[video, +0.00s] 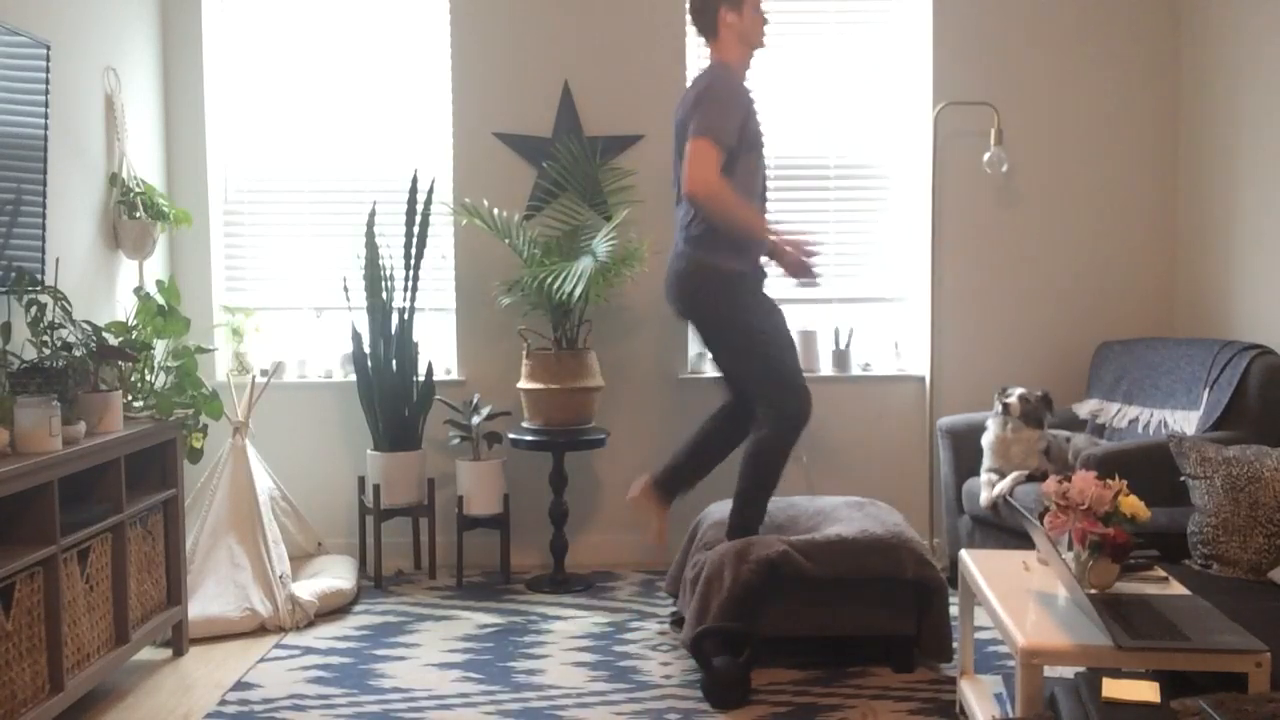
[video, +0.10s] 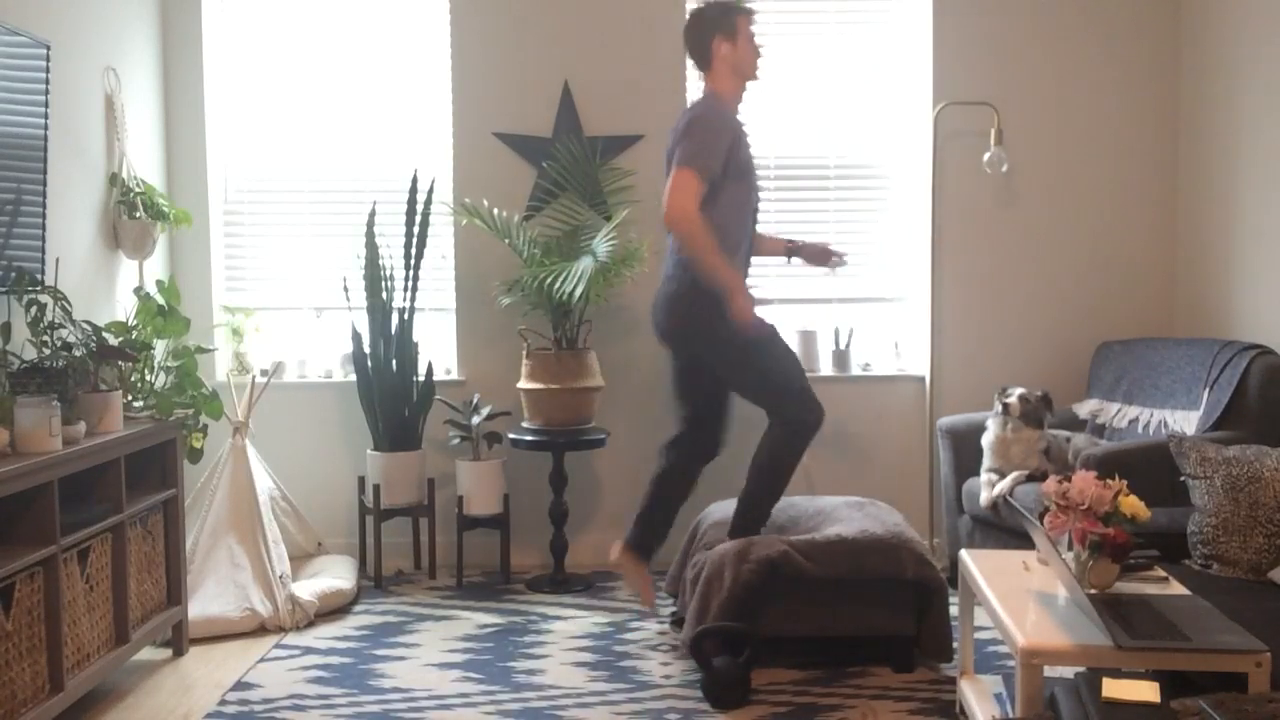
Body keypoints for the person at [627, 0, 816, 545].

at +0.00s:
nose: (765, 22)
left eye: (762, 12)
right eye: (755, 11)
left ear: (725, 24)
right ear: (727, 20)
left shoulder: (714, 88)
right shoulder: (722, 89)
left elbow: (709, 191)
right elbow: (700, 183)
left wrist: (772, 244)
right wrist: (773, 243)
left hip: (709, 273)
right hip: (720, 276)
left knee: (752, 401)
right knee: (787, 406)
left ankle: (659, 490)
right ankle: (740, 545)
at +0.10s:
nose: (758, 49)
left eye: (754, 38)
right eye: (750, 38)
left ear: (719, 51)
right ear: (722, 49)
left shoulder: (721, 123)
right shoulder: (710, 119)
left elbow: (729, 231)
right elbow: (679, 210)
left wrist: (796, 249)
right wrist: (732, 286)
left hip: (695, 302)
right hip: (703, 302)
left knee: (702, 433)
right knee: (799, 412)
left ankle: (635, 550)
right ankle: (741, 545)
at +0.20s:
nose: (747, 86)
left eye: (743, 75)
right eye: (738, 76)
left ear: (708, 87)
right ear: (709, 85)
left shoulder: (710, 158)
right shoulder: (696, 155)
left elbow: (722, 262)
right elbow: (656, 245)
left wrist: (792, 239)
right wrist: (684, 336)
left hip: (685, 331)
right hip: (696, 332)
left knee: (665, 467)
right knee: (805, 416)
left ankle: (617, 590)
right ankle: (742, 547)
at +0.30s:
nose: (730, 112)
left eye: (727, 102)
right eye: (721, 102)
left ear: (692, 111)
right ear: (692, 110)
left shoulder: (691, 184)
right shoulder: (674, 180)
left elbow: (717, 281)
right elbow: (629, 267)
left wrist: (764, 223)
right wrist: (636, 362)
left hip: (675, 357)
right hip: (679, 357)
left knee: (650, 490)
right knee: (805, 409)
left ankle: (598, 615)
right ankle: (745, 531)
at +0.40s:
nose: (712, 113)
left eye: (710, 102)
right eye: (704, 103)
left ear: (678, 111)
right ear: (674, 110)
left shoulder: (677, 184)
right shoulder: (656, 178)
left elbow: (711, 276)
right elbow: (608, 262)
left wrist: (732, 211)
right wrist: (601, 360)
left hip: (659, 358)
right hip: (660, 357)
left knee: (644, 489)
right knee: (796, 385)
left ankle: (596, 618)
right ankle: (746, 514)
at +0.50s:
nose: (698, 108)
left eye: (696, 97)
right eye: (689, 98)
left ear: (667, 107)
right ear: (659, 106)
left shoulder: (669, 176)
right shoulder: (643, 170)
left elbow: (705, 267)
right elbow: (589, 256)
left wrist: (709, 194)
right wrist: (586, 352)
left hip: (646, 350)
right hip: (650, 349)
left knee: (627, 489)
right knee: (786, 368)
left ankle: (594, 620)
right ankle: (702, 472)